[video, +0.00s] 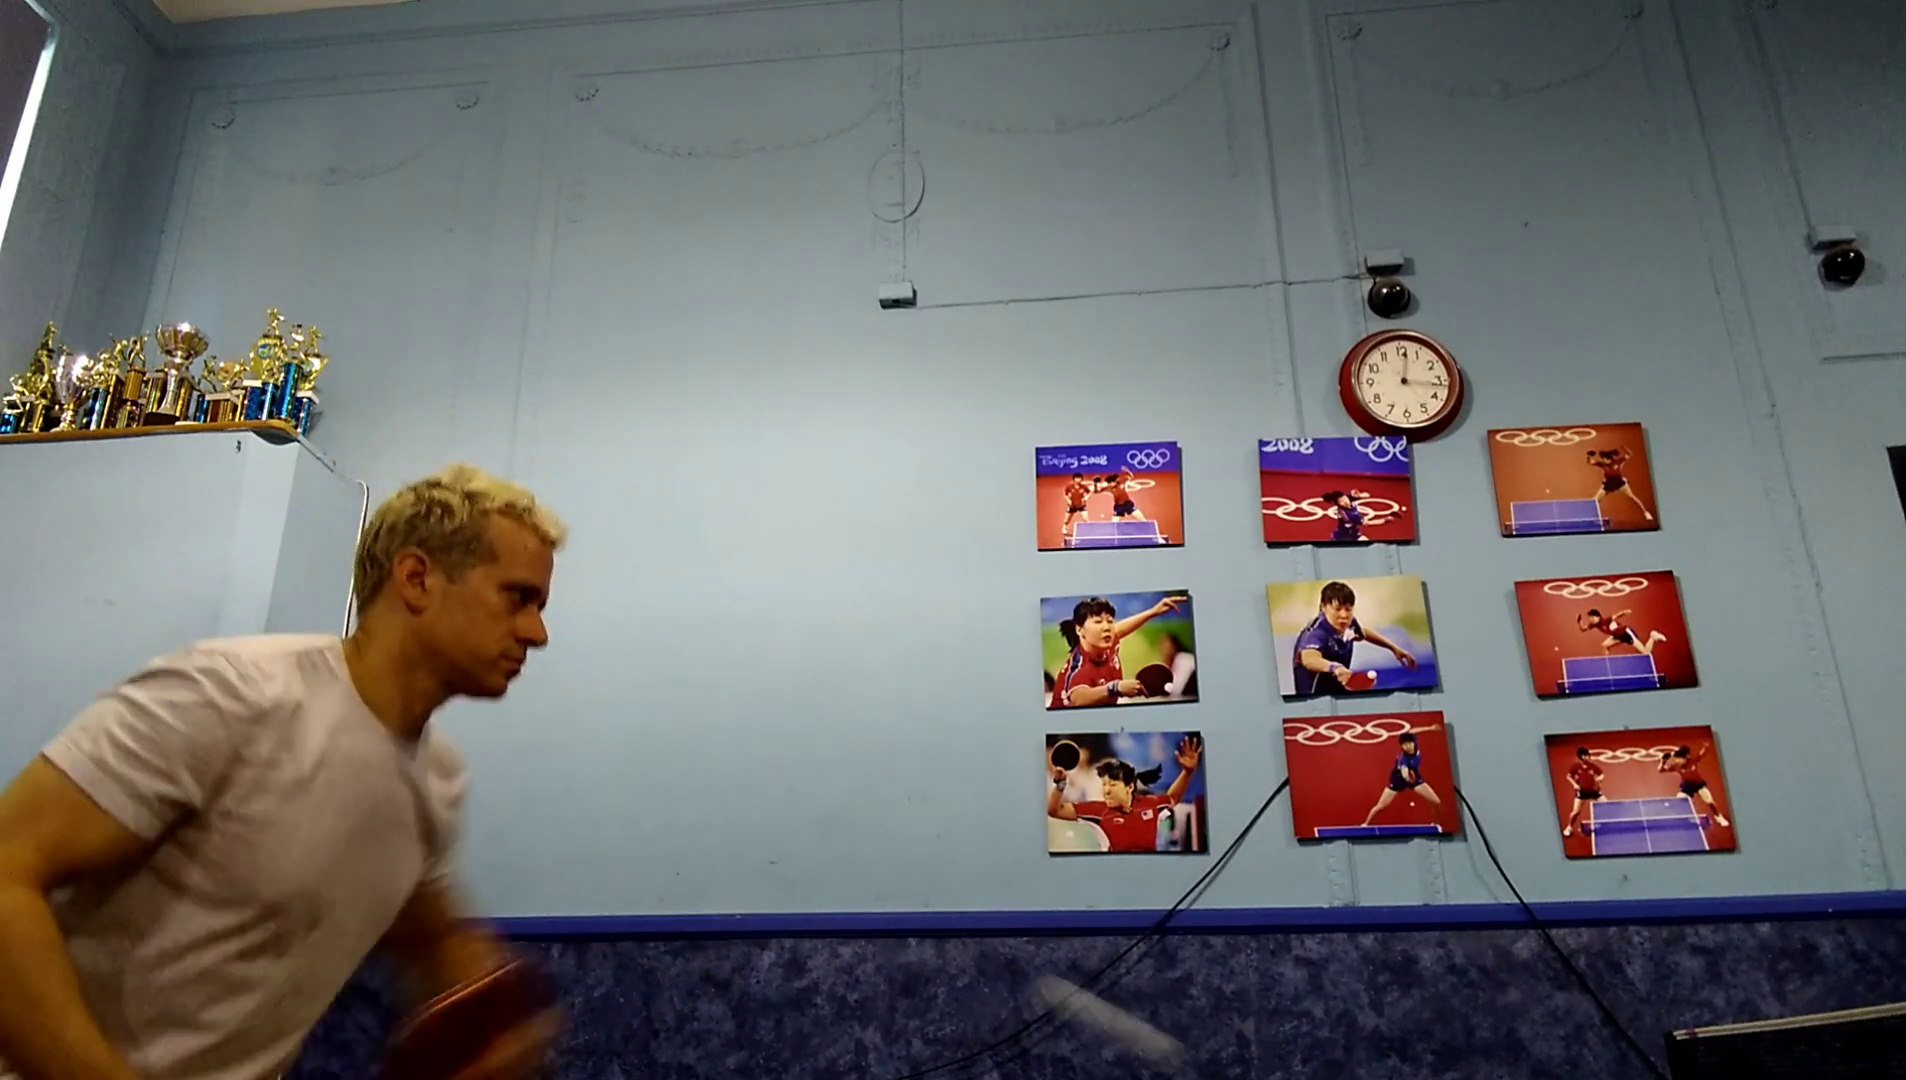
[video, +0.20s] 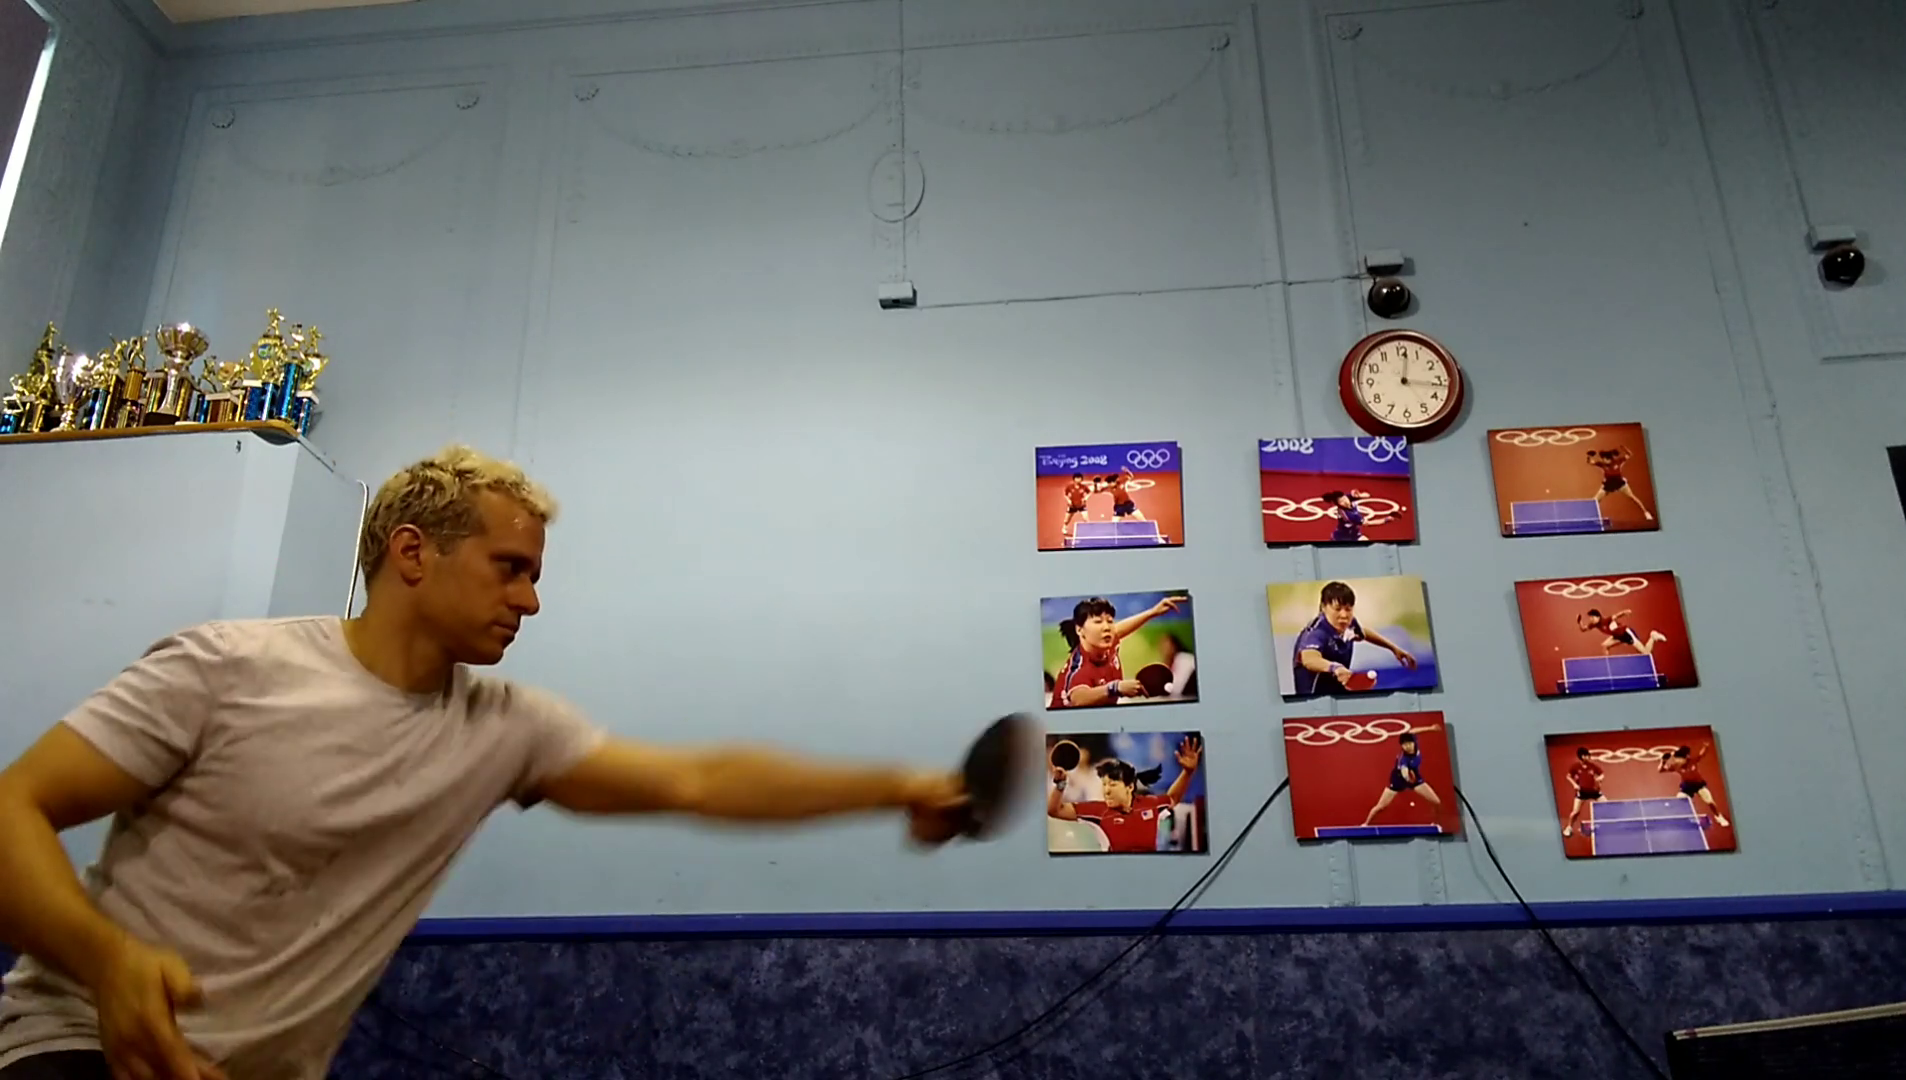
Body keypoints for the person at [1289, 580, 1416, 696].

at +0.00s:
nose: (1344, 615)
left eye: (1348, 609)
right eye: (1338, 609)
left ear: (1353, 609)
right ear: (1324, 608)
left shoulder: (1349, 624)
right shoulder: (1316, 632)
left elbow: (1364, 634)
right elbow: (1309, 660)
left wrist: (1395, 649)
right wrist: (1335, 668)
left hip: (1341, 704)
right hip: (1314, 708)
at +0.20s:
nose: (1344, 615)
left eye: (1348, 609)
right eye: (1338, 609)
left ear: (1353, 609)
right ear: (1324, 608)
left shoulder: (1349, 624)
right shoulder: (1316, 633)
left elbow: (1364, 633)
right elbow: (1309, 660)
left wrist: (1394, 649)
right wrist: (1335, 668)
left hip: (1341, 703)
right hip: (1314, 707)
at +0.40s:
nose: (1344, 615)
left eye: (1348, 609)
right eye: (1338, 609)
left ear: (1353, 609)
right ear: (1324, 608)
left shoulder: (1349, 624)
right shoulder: (1316, 633)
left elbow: (1364, 633)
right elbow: (1309, 660)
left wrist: (1394, 649)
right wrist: (1335, 668)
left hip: (1341, 703)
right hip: (1314, 707)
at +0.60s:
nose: (1344, 615)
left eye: (1348, 609)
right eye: (1338, 609)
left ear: (1353, 609)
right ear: (1324, 608)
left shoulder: (1349, 624)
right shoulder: (1316, 632)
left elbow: (1364, 634)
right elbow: (1309, 660)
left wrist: (1395, 649)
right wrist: (1335, 668)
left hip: (1341, 704)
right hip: (1314, 708)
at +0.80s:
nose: (1344, 615)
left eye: (1348, 609)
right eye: (1338, 609)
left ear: (1353, 609)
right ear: (1324, 608)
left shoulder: (1349, 624)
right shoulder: (1316, 632)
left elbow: (1364, 634)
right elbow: (1309, 660)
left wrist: (1395, 649)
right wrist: (1335, 667)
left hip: (1341, 704)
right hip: (1314, 708)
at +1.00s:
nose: (1344, 615)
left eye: (1348, 609)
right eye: (1338, 609)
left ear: (1353, 609)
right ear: (1324, 608)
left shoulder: (1349, 624)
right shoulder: (1315, 633)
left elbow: (1364, 634)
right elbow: (1309, 660)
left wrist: (1395, 649)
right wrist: (1335, 667)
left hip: (1341, 703)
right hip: (1314, 708)